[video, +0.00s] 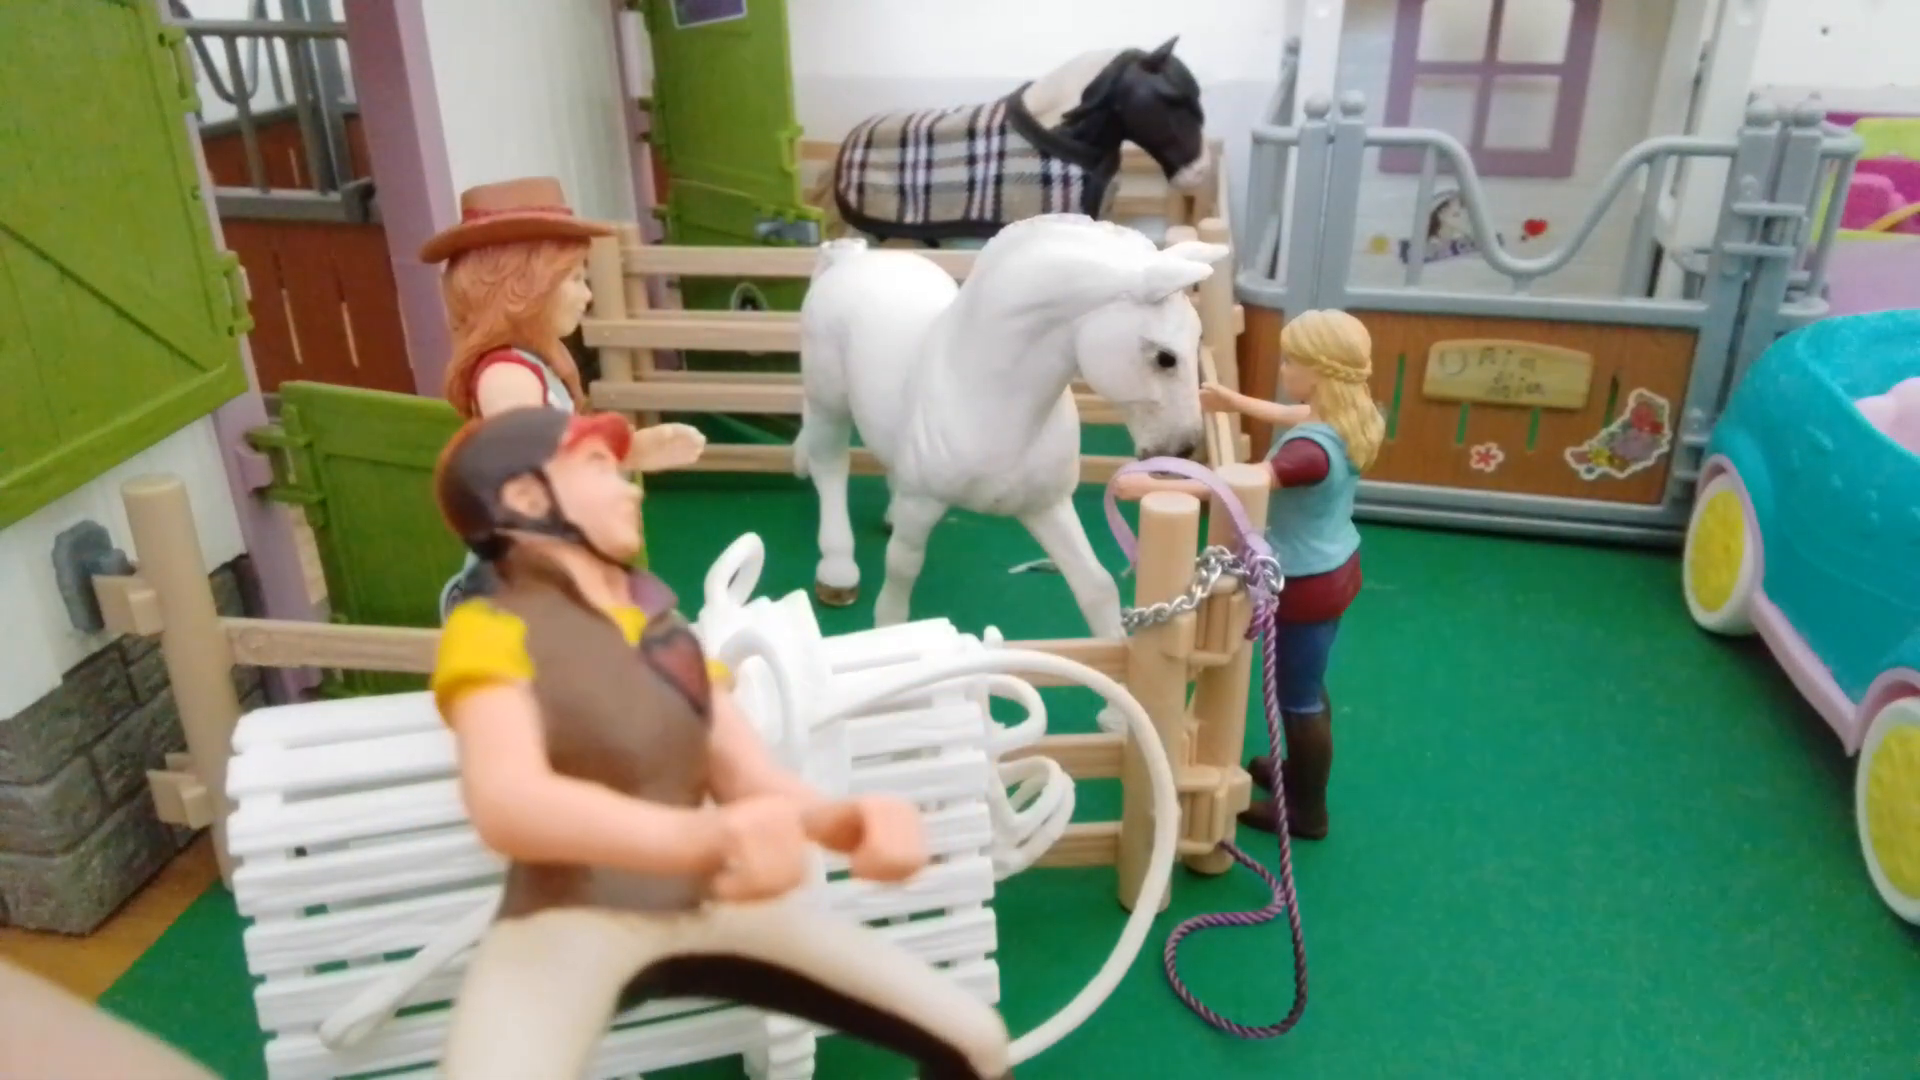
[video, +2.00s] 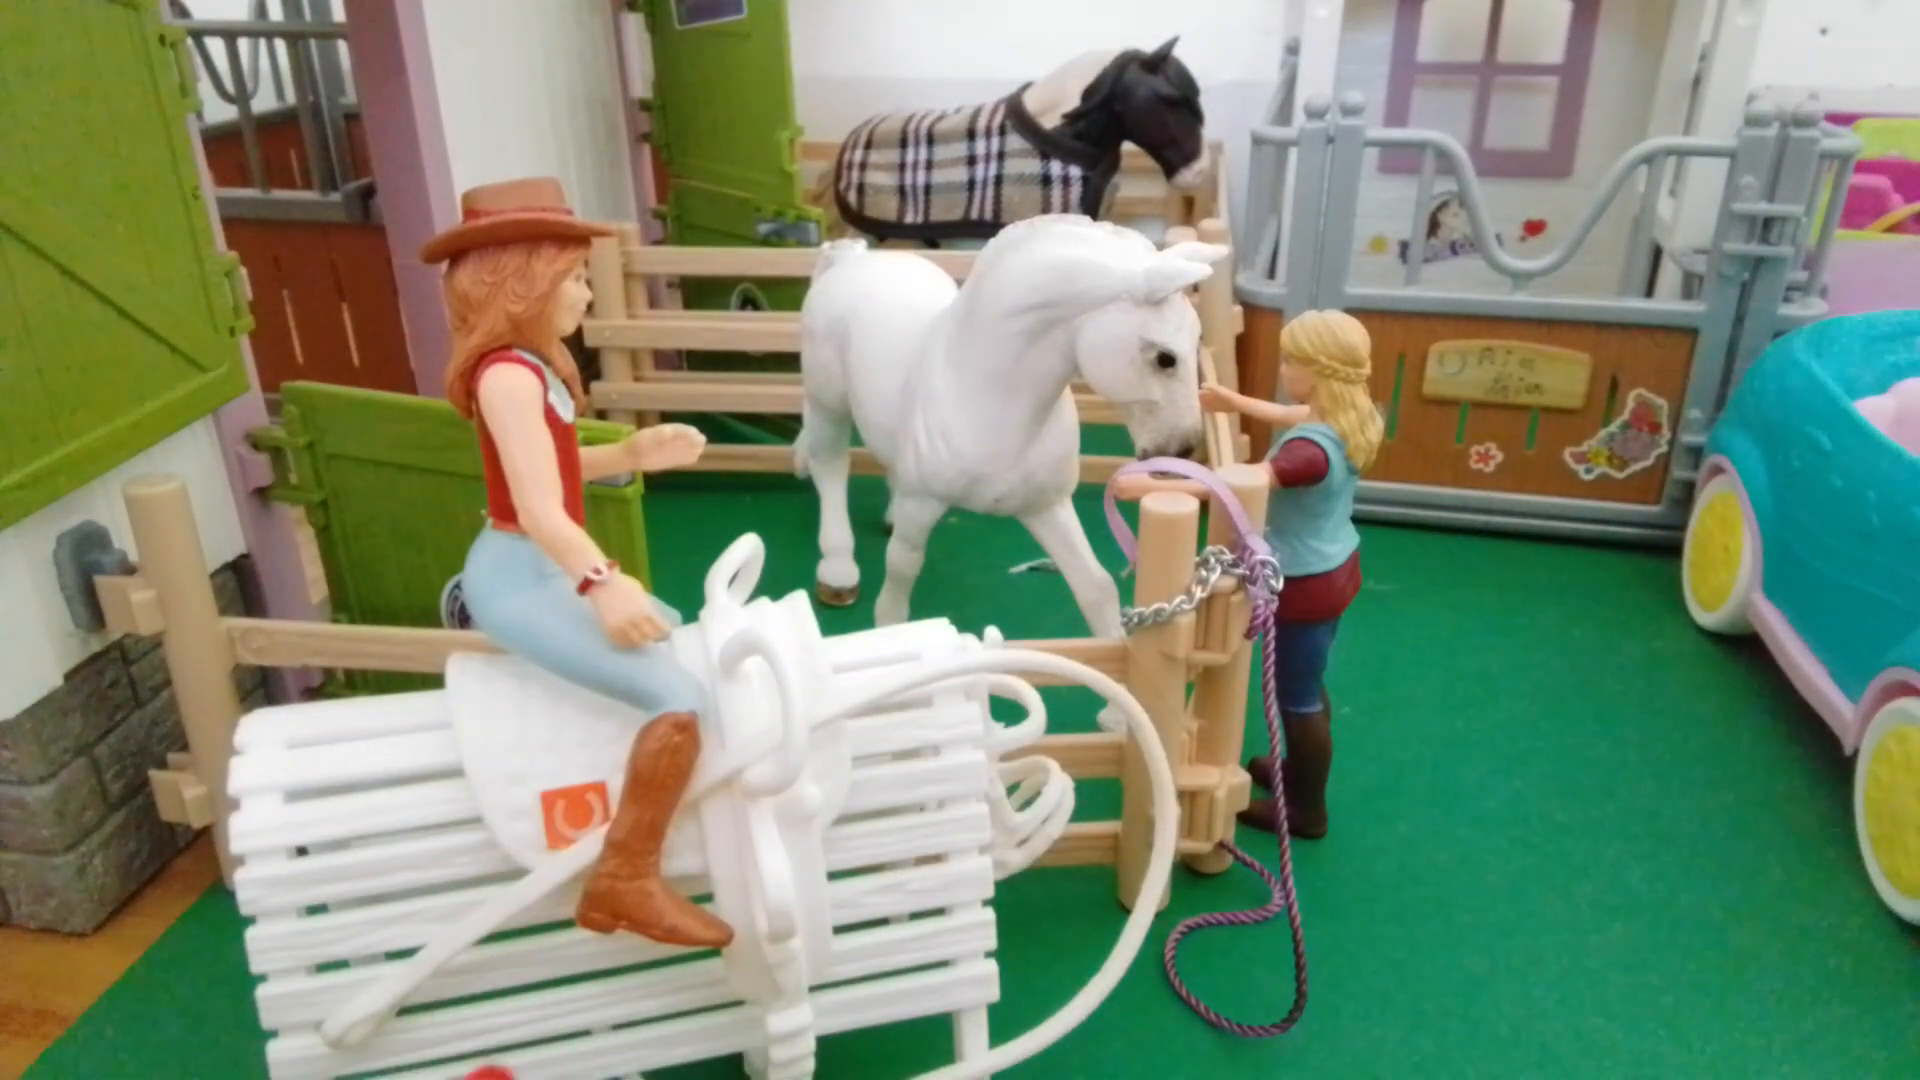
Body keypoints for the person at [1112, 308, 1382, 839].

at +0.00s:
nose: (1282, 370)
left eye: (1290, 361)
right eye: (1285, 359)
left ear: (1319, 372)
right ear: (1337, 372)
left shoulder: (1316, 447)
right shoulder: (1349, 417)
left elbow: (1248, 478)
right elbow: (1292, 416)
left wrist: (1160, 483)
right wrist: (1238, 401)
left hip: (1304, 588)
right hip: (1331, 567)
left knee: (1300, 701)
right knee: (1301, 682)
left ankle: (1304, 813)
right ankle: (1299, 775)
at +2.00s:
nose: (1282, 370)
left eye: (1289, 361)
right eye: (1284, 360)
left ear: (1318, 372)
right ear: (1337, 372)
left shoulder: (1315, 447)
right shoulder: (1348, 417)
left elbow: (1252, 478)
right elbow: (1288, 416)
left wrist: (1165, 484)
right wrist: (1235, 400)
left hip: (1304, 587)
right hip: (1332, 566)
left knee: (1299, 699)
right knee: (1301, 681)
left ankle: (1304, 811)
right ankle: (1300, 773)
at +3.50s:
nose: (1281, 371)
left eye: (1290, 363)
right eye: (1284, 361)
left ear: (1317, 374)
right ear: (1336, 373)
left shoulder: (1315, 448)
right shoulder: (1346, 419)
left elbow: (1253, 479)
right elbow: (1292, 415)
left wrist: (1193, 479)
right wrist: (1236, 401)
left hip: (1309, 579)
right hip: (1333, 565)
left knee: (1297, 691)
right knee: (1299, 676)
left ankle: (1302, 809)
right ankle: (1298, 771)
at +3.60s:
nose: (1280, 373)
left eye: (1290, 363)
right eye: (1283, 362)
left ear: (1314, 373)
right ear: (1347, 369)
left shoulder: (1316, 438)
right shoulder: (1356, 422)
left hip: (1310, 574)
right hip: (1335, 564)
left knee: (1296, 688)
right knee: (1304, 680)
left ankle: (1303, 806)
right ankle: (1295, 772)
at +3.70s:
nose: (1281, 373)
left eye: (1290, 363)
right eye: (1286, 363)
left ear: (1308, 373)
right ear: (1349, 372)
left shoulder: (1311, 444)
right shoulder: (1336, 432)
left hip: (1316, 573)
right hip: (1337, 562)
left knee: (1304, 697)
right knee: (1304, 685)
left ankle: (1303, 806)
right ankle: (1294, 773)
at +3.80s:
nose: (1282, 371)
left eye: (1290, 362)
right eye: (1285, 360)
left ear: (1317, 373)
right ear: (1332, 372)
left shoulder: (1312, 448)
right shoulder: (1349, 417)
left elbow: (1248, 478)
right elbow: (1292, 415)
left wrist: (1187, 475)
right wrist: (1235, 400)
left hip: (1308, 586)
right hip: (1340, 564)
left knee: (1300, 694)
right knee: (1300, 674)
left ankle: (1303, 809)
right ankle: (1293, 766)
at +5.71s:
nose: (1282, 371)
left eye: (1291, 362)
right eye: (1285, 360)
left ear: (1319, 373)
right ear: (1334, 374)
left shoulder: (1315, 447)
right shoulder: (1345, 417)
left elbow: (1247, 478)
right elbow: (1290, 415)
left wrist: (1160, 484)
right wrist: (1236, 401)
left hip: (1304, 588)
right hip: (1331, 566)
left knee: (1296, 701)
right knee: (1304, 688)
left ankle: (1307, 813)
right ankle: (1307, 798)